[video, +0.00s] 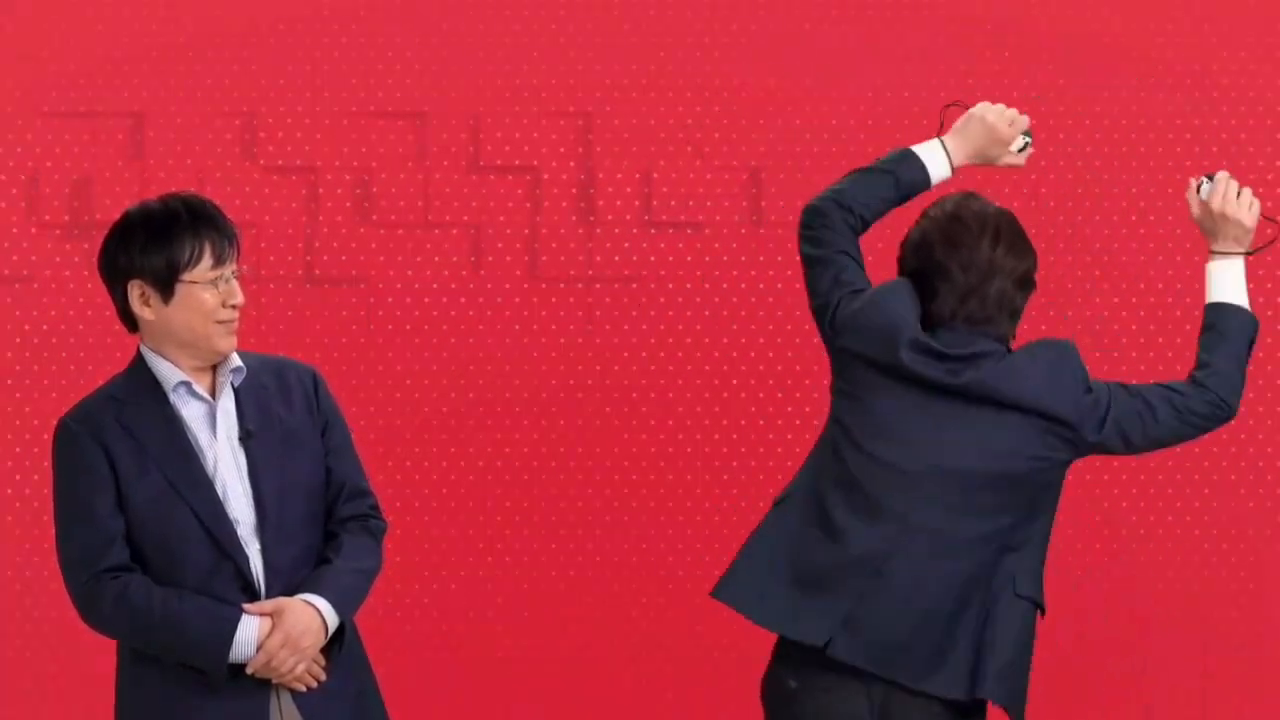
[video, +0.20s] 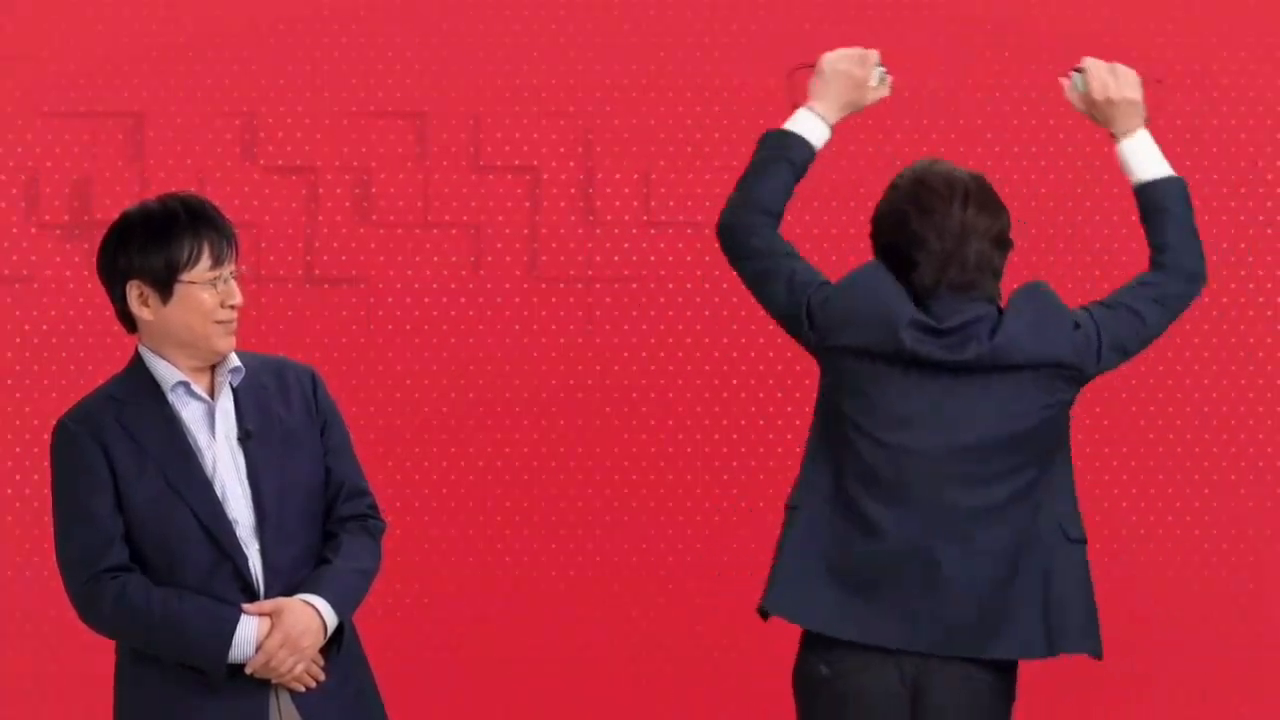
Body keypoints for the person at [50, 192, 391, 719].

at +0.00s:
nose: (236, 298)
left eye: (234, 278)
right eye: (212, 283)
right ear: (145, 301)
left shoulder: (301, 390)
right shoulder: (91, 434)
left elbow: (360, 525)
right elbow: (103, 591)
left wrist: (319, 612)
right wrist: (251, 639)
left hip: (332, 701)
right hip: (192, 708)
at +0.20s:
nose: (234, 298)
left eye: (233, 278)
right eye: (211, 283)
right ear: (144, 301)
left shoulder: (299, 390)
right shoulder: (89, 434)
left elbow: (359, 524)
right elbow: (102, 591)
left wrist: (318, 612)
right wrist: (250, 639)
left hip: (331, 701)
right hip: (190, 708)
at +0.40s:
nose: (233, 297)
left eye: (232, 277)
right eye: (210, 282)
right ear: (143, 300)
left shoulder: (297, 389)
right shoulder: (88, 433)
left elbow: (358, 522)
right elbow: (101, 591)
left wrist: (317, 611)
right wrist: (248, 638)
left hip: (330, 701)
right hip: (189, 708)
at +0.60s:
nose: (234, 298)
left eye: (233, 277)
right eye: (211, 282)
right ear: (144, 300)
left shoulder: (298, 389)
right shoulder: (89, 433)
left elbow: (359, 522)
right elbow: (102, 591)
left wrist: (318, 611)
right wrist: (249, 638)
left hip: (331, 701)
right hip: (191, 708)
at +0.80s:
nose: (236, 297)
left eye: (235, 278)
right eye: (213, 282)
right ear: (146, 300)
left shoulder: (300, 389)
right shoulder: (92, 432)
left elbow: (360, 523)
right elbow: (103, 590)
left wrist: (319, 611)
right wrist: (250, 638)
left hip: (333, 700)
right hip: (191, 707)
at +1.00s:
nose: (239, 297)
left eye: (236, 277)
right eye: (215, 282)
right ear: (147, 300)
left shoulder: (301, 389)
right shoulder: (93, 432)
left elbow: (361, 524)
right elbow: (103, 589)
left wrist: (320, 611)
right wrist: (250, 638)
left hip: (333, 699)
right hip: (192, 707)